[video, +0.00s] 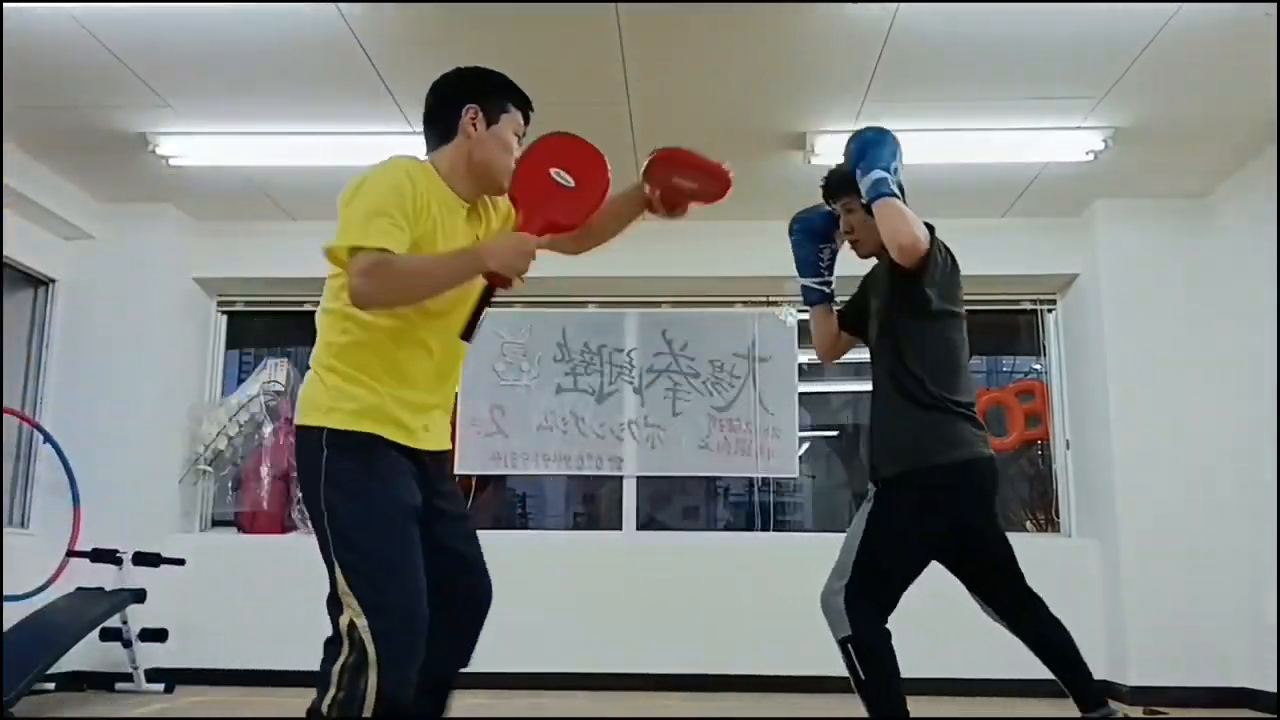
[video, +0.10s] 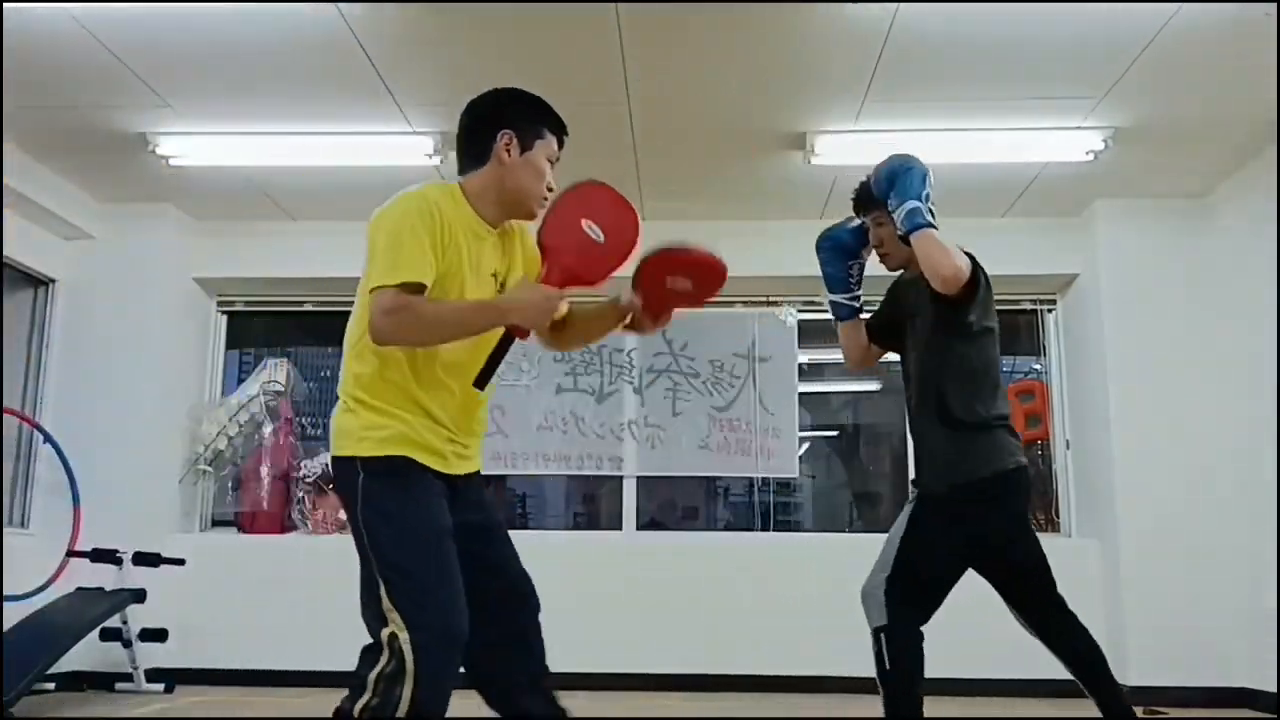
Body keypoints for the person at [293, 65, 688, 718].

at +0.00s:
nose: (521, 152)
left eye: (524, 139)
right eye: (515, 133)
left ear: (476, 128)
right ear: (473, 123)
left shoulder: (495, 212)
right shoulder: (394, 183)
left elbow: (574, 236)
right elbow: (369, 284)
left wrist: (643, 197)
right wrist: (482, 256)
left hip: (421, 441)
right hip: (346, 431)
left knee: (462, 594)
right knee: (388, 619)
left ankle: (411, 710)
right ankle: (339, 711)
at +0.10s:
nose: (555, 183)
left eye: (558, 168)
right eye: (550, 162)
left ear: (511, 153)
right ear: (507, 148)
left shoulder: (523, 239)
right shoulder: (416, 213)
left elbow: (558, 331)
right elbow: (388, 321)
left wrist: (621, 311)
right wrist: (505, 309)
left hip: (455, 456)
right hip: (382, 446)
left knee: (508, 610)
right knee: (426, 630)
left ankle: (534, 712)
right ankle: (367, 713)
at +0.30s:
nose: (620, 240)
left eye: (624, 227)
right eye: (619, 221)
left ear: (580, 211)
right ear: (583, 206)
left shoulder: (551, 299)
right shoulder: (495, 264)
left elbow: (553, 376)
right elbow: (409, 346)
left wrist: (629, 334)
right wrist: (485, 426)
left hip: (534, 499)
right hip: (466, 496)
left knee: (619, 642)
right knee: (508, 665)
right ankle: (420, 713)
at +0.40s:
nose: (637, 246)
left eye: (640, 232)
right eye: (637, 227)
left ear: (600, 212)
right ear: (610, 210)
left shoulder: (559, 287)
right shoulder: (535, 253)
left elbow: (580, 356)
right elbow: (466, 343)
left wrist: (623, 285)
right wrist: (516, 450)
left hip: (536, 490)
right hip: (481, 487)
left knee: (614, 636)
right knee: (517, 658)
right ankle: (422, 712)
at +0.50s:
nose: (643, 240)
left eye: (649, 225)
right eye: (645, 220)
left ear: (599, 205)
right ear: (618, 203)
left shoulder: (556, 262)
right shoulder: (559, 238)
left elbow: (578, 339)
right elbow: (511, 333)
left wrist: (613, 268)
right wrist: (568, 440)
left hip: (531, 479)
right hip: (485, 472)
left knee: (590, 638)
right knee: (494, 654)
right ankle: (407, 711)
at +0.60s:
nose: (646, 239)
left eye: (651, 224)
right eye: (647, 219)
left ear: (592, 204)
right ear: (619, 204)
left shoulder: (539, 257)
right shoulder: (564, 241)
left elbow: (578, 336)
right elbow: (538, 336)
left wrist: (613, 269)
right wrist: (615, 436)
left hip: (526, 484)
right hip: (488, 477)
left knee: (588, 621)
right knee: (478, 656)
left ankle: (604, 715)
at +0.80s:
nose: (670, 234)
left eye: (675, 220)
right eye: (671, 215)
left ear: (634, 204)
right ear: (641, 202)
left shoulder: (597, 281)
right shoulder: (569, 247)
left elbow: (618, 337)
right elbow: (521, 334)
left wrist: (648, 265)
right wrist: (600, 422)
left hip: (555, 492)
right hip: (499, 484)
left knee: (616, 624)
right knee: (465, 650)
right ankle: (382, 716)